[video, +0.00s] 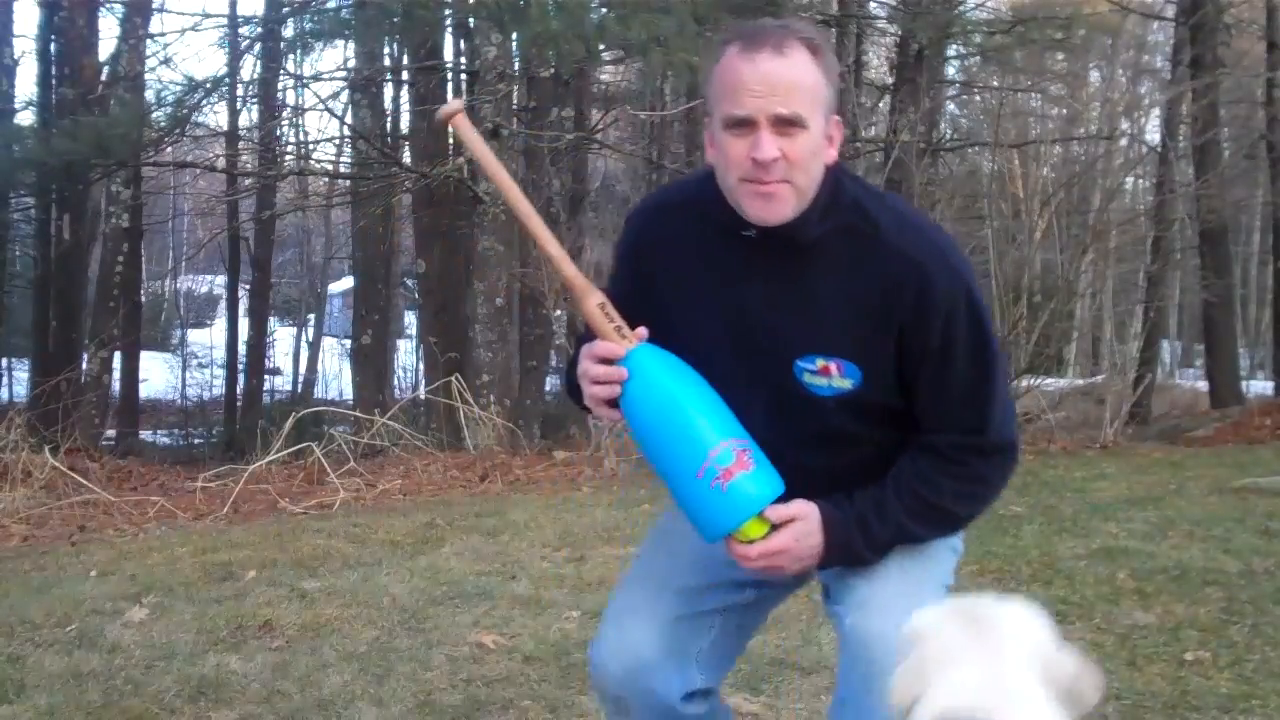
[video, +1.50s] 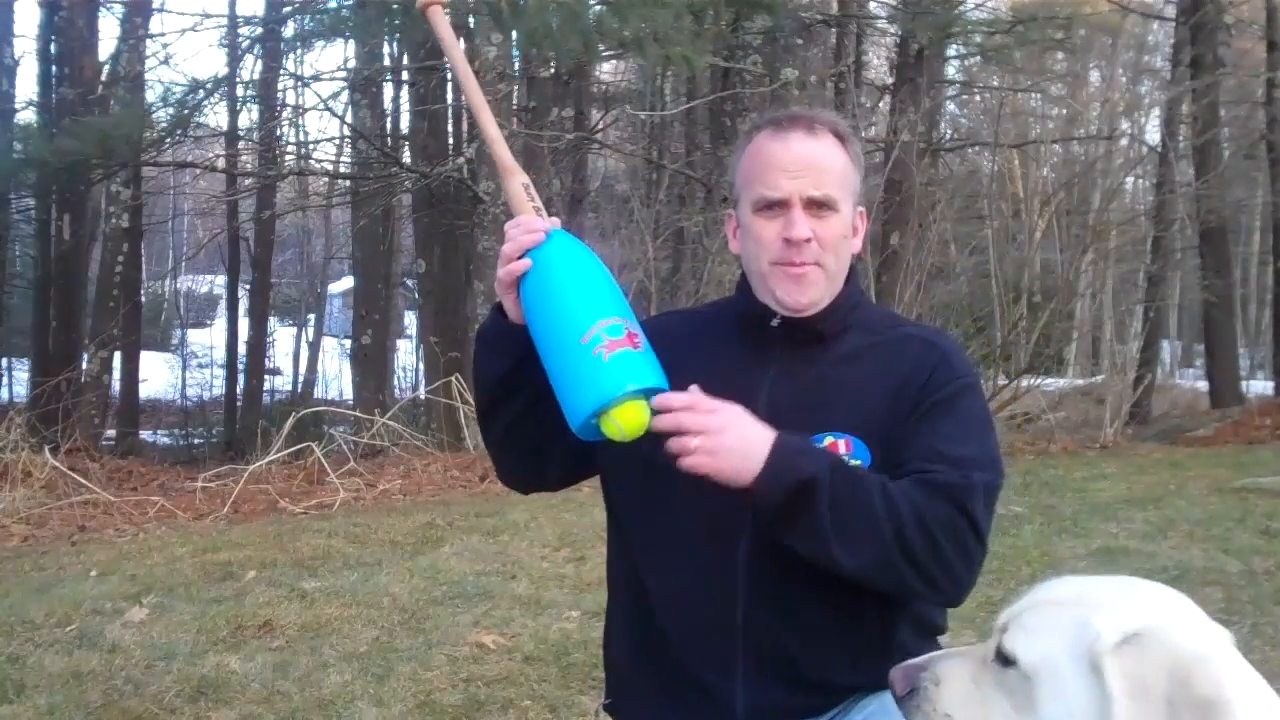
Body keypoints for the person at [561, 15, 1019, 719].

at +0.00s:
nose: (763, 151)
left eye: (788, 126)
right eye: (739, 126)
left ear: (832, 139)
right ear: (708, 138)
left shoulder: (913, 261)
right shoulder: (661, 232)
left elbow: (978, 449)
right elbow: (606, 350)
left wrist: (837, 530)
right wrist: (588, 378)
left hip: (891, 507)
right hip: (727, 495)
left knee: (889, 690)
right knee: (631, 670)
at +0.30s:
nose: (801, 191)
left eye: (827, 168)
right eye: (778, 168)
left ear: (868, 192)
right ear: (745, 191)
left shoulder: (950, 328)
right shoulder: (697, 304)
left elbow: (1007, 529)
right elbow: (626, 451)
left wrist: (853, 582)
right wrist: (603, 421)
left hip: (915, 619)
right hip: (747, 616)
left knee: (906, 701)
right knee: (671, 711)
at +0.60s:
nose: (835, 212)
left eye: (859, 190)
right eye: (812, 190)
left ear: (902, 218)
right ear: (781, 219)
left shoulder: (979, 362)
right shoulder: (723, 334)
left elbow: (1019, 563)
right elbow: (650, 480)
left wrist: (833, 565)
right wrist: (614, 411)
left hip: (899, 667)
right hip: (735, 673)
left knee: (913, 712)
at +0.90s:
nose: (840, 230)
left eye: (865, 209)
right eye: (818, 209)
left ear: (906, 237)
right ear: (785, 235)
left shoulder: (979, 378)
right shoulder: (711, 358)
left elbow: (1025, 550)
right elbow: (606, 490)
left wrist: (863, 479)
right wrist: (568, 366)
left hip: (902, 697)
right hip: (716, 697)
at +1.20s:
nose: (817, 235)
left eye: (840, 211)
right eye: (791, 214)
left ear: (874, 232)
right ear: (753, 237)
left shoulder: (942, 367)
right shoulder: (669, 354)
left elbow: (980, 542)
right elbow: (553, 463)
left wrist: (857, 383)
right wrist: (532, 329)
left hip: (868, 693)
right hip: (684, 698)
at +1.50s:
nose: (796, 231)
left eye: (820, 207)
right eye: (771, 207)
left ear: (857, 230)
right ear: (735, 229)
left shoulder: (924, 369)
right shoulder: (652, 351)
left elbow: (946, 549)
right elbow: (531, 460)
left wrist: (774, 462)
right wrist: (516, 323)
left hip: (850, 701)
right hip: (668, 701)